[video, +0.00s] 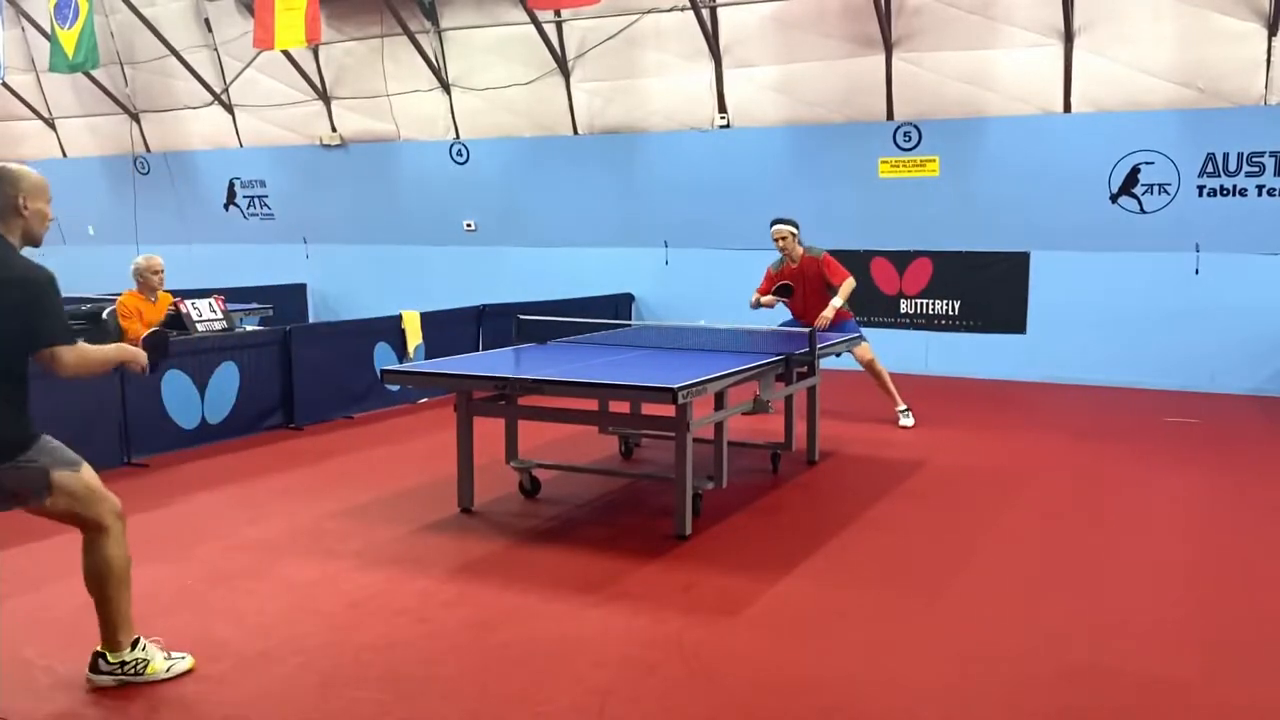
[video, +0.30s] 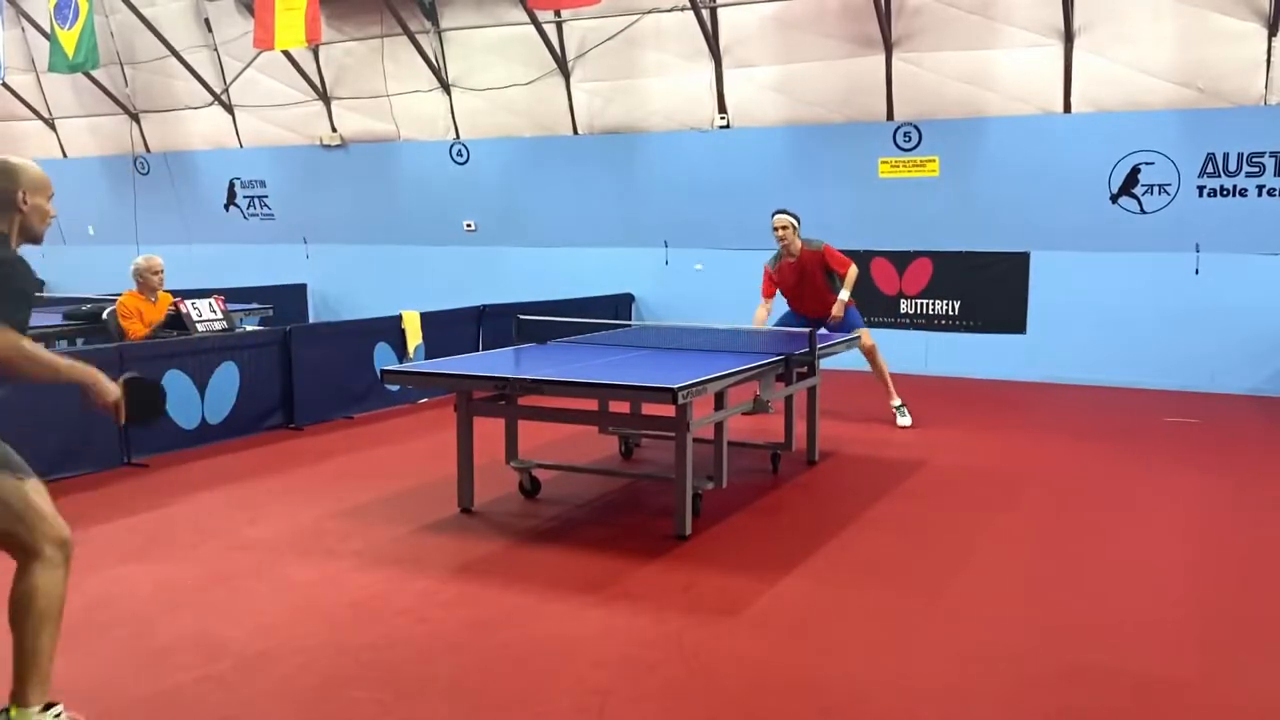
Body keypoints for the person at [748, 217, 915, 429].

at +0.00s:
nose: (779, 244)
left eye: (783, 238)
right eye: (775, 240)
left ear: (795, 237)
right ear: (773, 243)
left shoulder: (819, 259)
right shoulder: (776, 270)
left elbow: (849, 282)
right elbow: (754, 301)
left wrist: (831, 308)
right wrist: (763, 301)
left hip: (837, 319)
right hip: (802, 323)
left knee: (867, 359)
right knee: (764, 345)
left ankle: (901, 407)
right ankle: (763, 399)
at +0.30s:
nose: (780, 233)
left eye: (784, 228)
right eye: (775, 229)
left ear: (796, 229)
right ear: (773, 234)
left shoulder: (818, 250)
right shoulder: (773, 266)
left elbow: (852, 269)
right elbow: (765, 305)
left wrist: (841, 302)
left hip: (836, 310)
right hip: (801, 314)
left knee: (868, 346)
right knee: (764, 344)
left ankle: (895, 401)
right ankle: (763, 398)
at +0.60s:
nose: (796, 230)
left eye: (801, 226)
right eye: (792, 226)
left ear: (811, 227)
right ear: (788, 230)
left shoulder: (833, 250)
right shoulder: (787, 262)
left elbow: (860, 277)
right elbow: (799, 298)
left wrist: (849, 309)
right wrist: (804, 326)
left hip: (845, 309)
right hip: (813, 312)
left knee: (869, 349)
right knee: (776, 342)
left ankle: (884, 406)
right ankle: (764, 397)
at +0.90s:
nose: (803, 221)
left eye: (808, 216)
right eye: (798, 217)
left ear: (818, 218)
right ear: (794, 221)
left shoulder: (838, 246)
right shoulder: (789, 253)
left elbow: (864, 273)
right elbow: (785, 288)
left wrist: (855, 305)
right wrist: (789, 310)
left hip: (841, 311)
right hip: (807, 313)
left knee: (868, 350)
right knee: (773, 344)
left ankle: (881, 405)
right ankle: (764, 398)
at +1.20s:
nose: (817, 198)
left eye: (822, 193)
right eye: (813, 194)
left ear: (832, 195)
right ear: (809, 199)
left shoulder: (852, 221)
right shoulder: (809, 233)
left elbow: (884, 243)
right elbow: (803, 267)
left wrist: (861, 264)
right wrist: (788, 278)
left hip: (870, 301)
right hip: (836, 302)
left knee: (876, 354)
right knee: (800, 342)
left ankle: (890, 404)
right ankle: (806, 398)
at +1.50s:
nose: (823, 218)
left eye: (827, 213)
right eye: (819, 215)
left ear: (840, 214)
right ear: (817, 220)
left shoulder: (858, 239)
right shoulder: (827, 254)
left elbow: (880, 263)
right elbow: (820, 290)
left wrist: (852, 289)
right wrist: (791, 300)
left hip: (887, 315)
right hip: (854, 318)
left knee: (900, 366)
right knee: (814, 350)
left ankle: (936, 421)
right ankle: (827, 404)